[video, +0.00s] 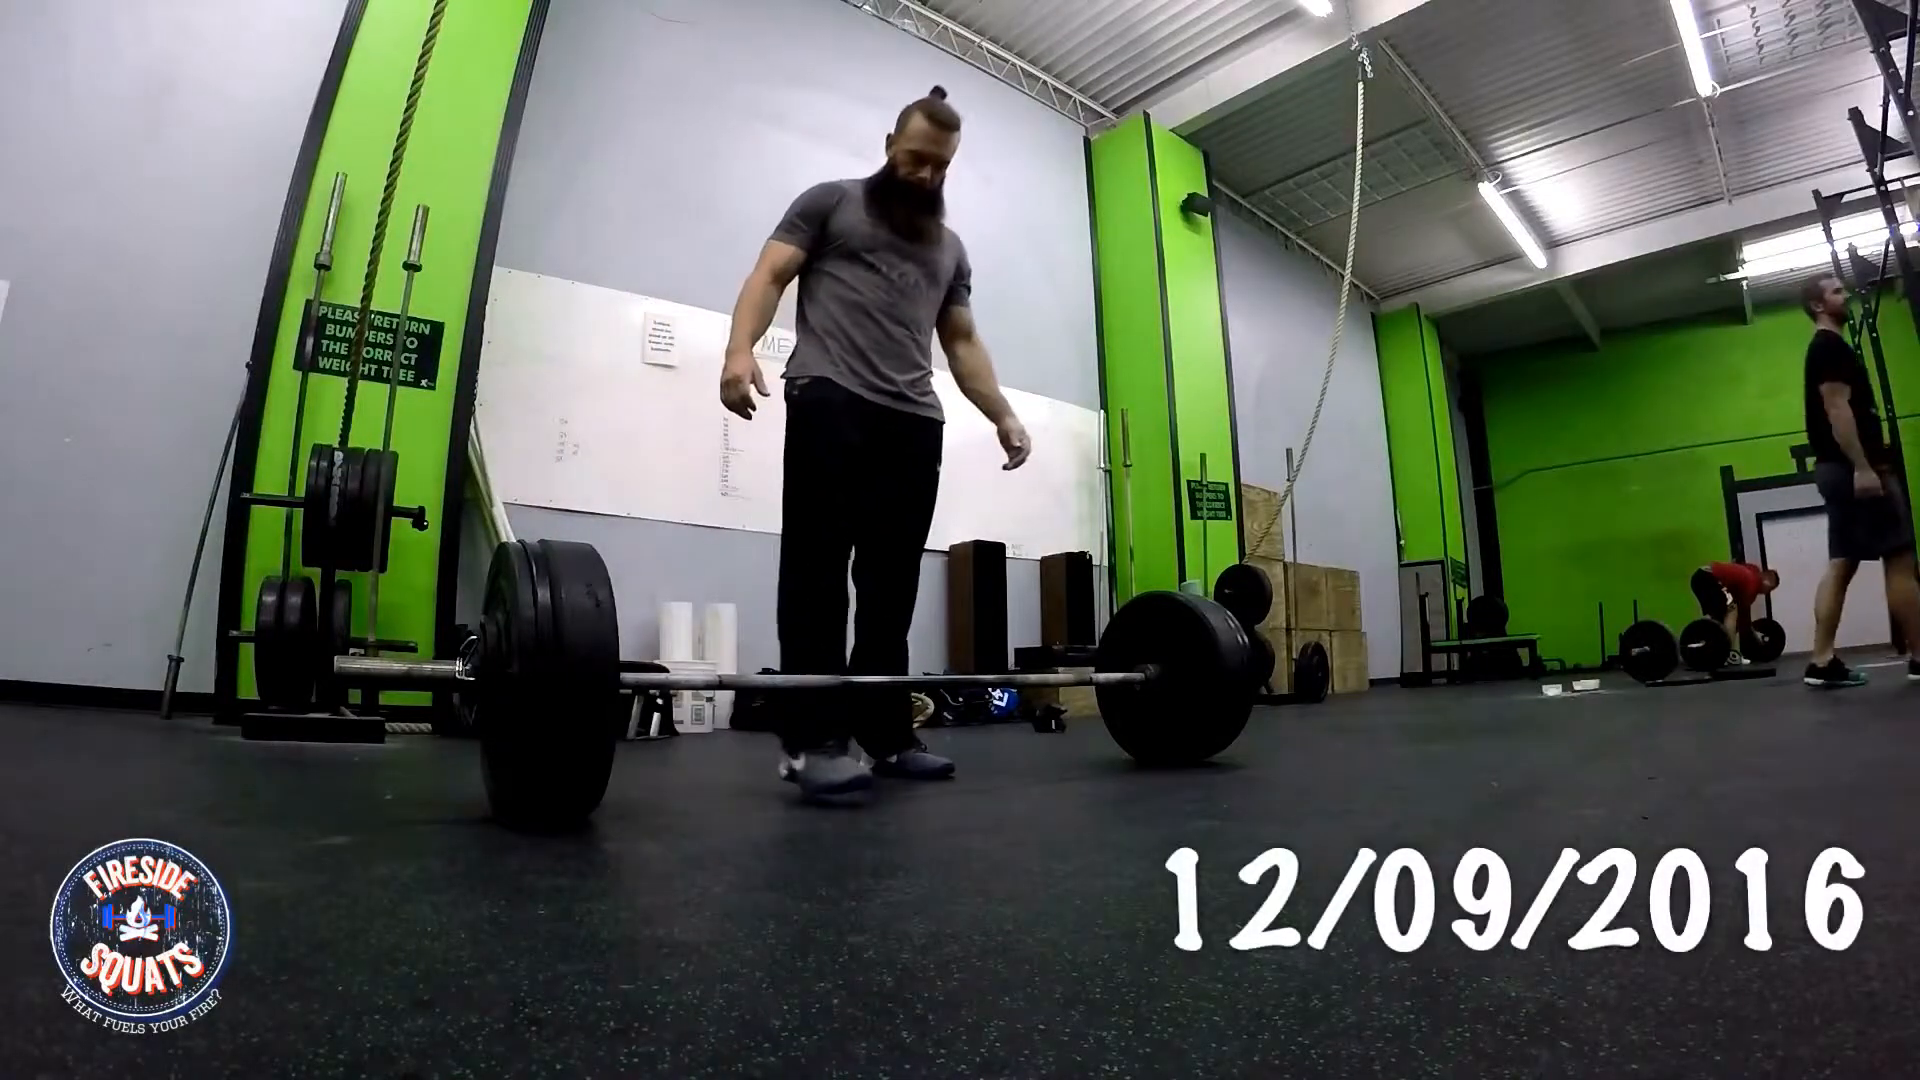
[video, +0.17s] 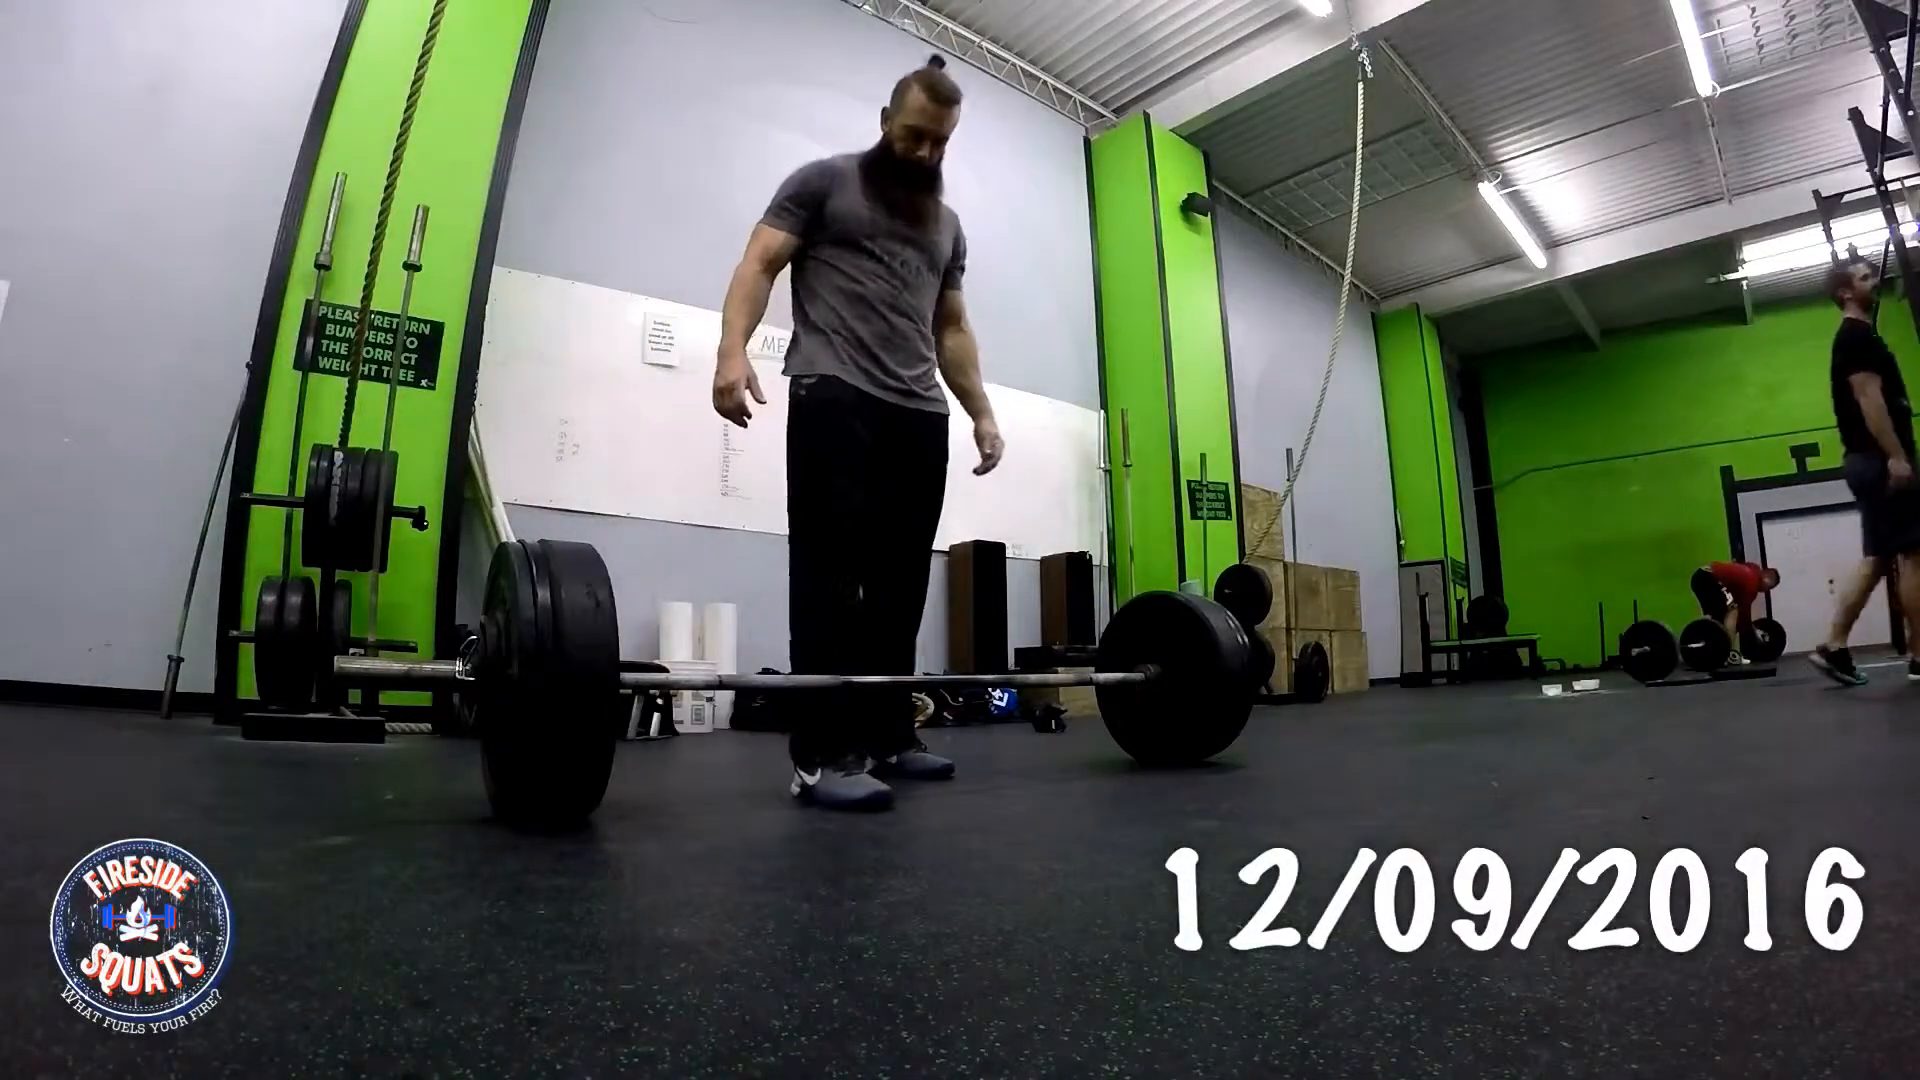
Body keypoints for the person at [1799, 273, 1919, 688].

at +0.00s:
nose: (1846, 295)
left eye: (1843, 289)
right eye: (1837, 291)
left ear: (1824, 305)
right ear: (1818, 305)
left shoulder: (1827, 345)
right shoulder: (1830, 346)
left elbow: (1840, 410)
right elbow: (1837, 408)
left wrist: (1868, 458)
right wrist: (1862, 467)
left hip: (1839, 468)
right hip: (1861, 468)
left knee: (1841, 564)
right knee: (1901, 560)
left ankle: (1822, 660)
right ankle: (1916, 654)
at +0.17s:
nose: (1872, 279)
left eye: (1869, 274)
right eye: (1864, 277)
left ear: (1851, 293)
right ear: (1847, 292)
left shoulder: (1855, 334)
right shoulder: (1856, 336)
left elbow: (1868, 400)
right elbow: (1869, 400)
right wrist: (1896, 455)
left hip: (1868, 459)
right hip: (1882, 459)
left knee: (1876, 558)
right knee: (1909, 557)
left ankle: (1834, 646)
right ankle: (1916, 653)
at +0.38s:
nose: (1894, 274)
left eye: (1890, 268)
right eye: (1887, 270)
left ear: (1867, 283)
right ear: (1870, 281)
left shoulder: (1868, 326)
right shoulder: (1884, 326)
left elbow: (1890, 391)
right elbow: (1911, 389)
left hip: (1883, 450)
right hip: (1900, 451)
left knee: (1914, 546)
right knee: (1916, 547)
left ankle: (1886, 631)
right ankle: (1914, 651)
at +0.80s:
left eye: (1918, 259)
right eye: (1915, 260)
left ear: (1902, 272)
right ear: (1899, 272)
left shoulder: (1906, 316)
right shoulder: (1908, 317)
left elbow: (1899, 385)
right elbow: (1903, 384)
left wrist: (1903, 438)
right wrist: (1905, 438)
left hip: (1912, 442)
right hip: (1915, 443)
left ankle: (1918, 645)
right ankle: (1917, 646)